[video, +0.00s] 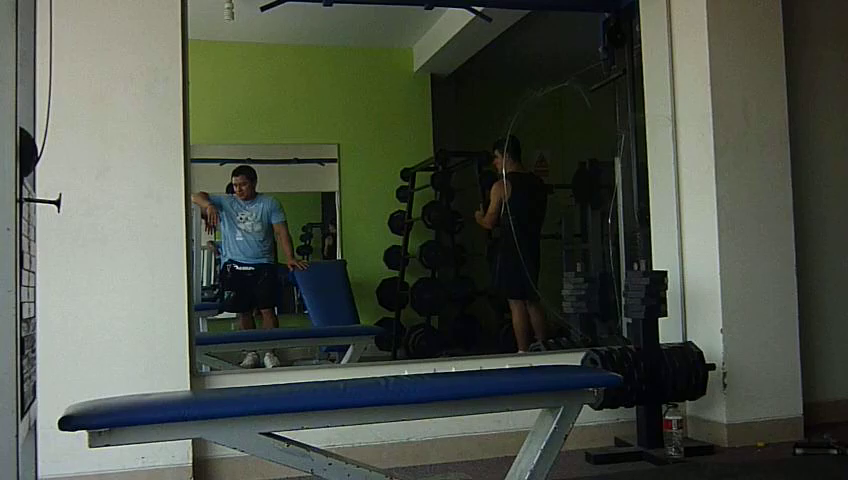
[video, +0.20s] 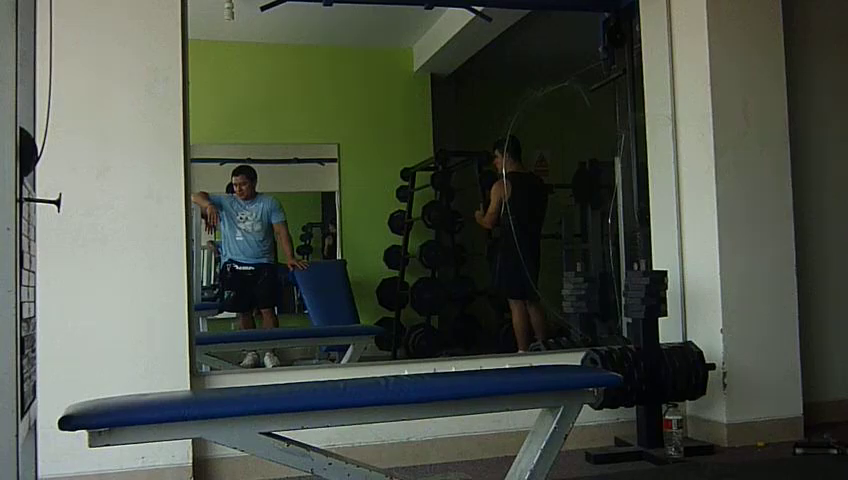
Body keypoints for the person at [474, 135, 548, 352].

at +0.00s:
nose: (494, 163)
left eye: (495, 158)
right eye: (494, 158)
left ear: (503, 157)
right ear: (518, 156)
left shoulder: (501, 186)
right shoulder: (536, 182)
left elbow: (490, 221)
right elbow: (537, 217)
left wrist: (480, 216)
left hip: (510, 248)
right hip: (532, 246)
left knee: (516, 301)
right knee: (532, 299)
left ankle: (523, 353)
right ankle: (542, 347)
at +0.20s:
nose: (495, 163)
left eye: (496, 158)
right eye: (494, 158)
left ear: (503, 157)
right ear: (518, 156)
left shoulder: (501, 186)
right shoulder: (536, 182)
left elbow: (490, 221)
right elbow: (538, 216)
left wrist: (480, 216)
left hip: (510, 248)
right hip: (532, 246)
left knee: (516, 301)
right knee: (532, 299)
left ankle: (523, 352)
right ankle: (542, 347)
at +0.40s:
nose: (495, 163)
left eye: (496, 158)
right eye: (495, 158)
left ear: (504, 157)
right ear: (518, 156)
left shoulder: (501, 186)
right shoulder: (536, 182)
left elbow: (490, 221)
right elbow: (537, 216)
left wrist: (480, 217)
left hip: (510, 248)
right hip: (533, 246)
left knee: (516, 301)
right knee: (532, 298)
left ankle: (523, 352)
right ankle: (542, 347)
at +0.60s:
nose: (495, 163)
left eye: (496, 157)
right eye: (495, 158)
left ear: (504, 156)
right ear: (519, 156)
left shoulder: (502, 186)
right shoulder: (537, 182)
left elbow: (490, 221)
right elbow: (537, 216)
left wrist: (480, 217)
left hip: (510, 248)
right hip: (533, 246)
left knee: (516, 301)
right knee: (533, 298)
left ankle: (522, 352)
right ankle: (542, 346)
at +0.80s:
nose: (495, 162)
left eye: (497, 157)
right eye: (495, 157)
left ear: (504, 156)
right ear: (519, 156)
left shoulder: (502, 186)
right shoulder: (537, 182)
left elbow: (490, 221)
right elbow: (537, 216)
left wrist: (480, 217)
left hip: (510, 248)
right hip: (533, 246)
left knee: (516, 301)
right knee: (533, 299)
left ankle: (522, 352)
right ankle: (542, 347)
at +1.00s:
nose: (495, 162)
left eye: (497, 157)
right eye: (495, 157)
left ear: (506, 156)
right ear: (519, 156)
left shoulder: (503, 186)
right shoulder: (537, 182)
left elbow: (490, 220)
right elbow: (538, 215)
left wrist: (480, 217)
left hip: (510, 248)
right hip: (533, 246)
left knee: (516, 301)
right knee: (533, 299)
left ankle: (522, 352)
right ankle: (542, 347)